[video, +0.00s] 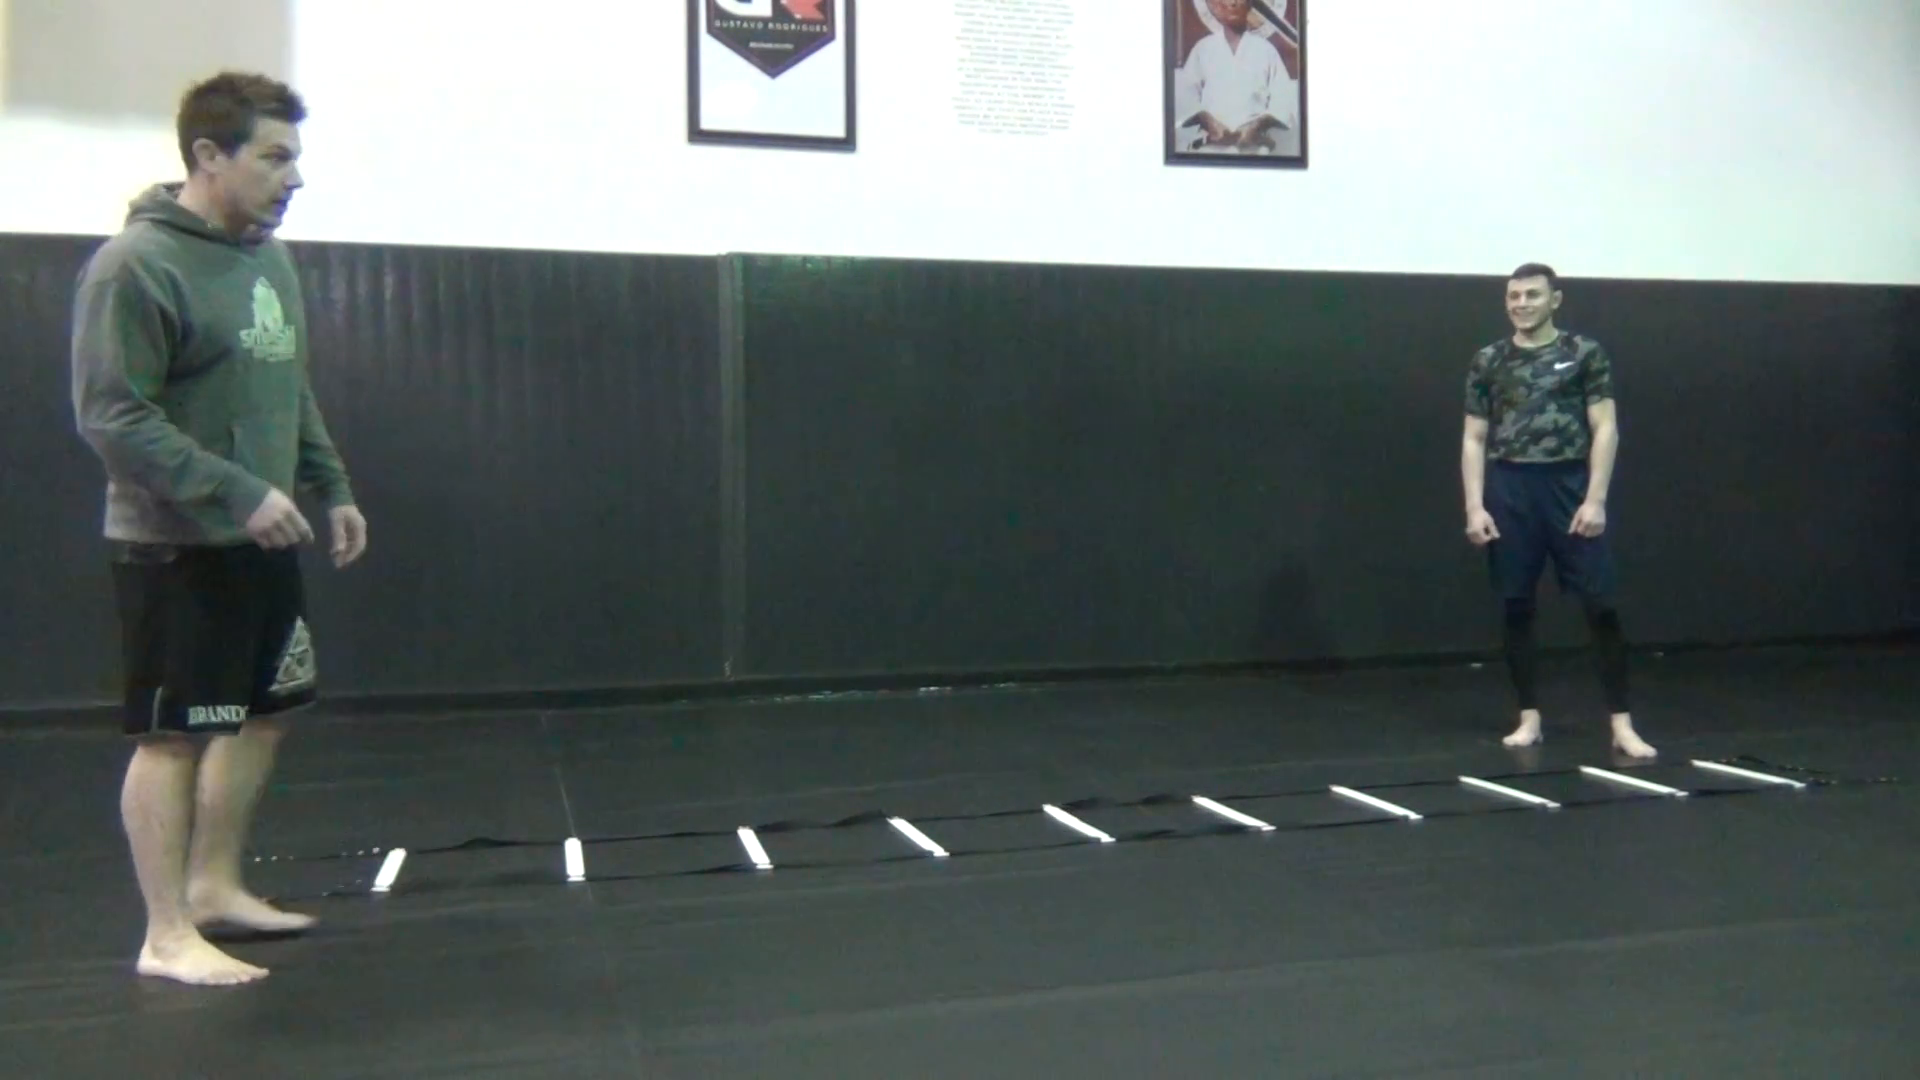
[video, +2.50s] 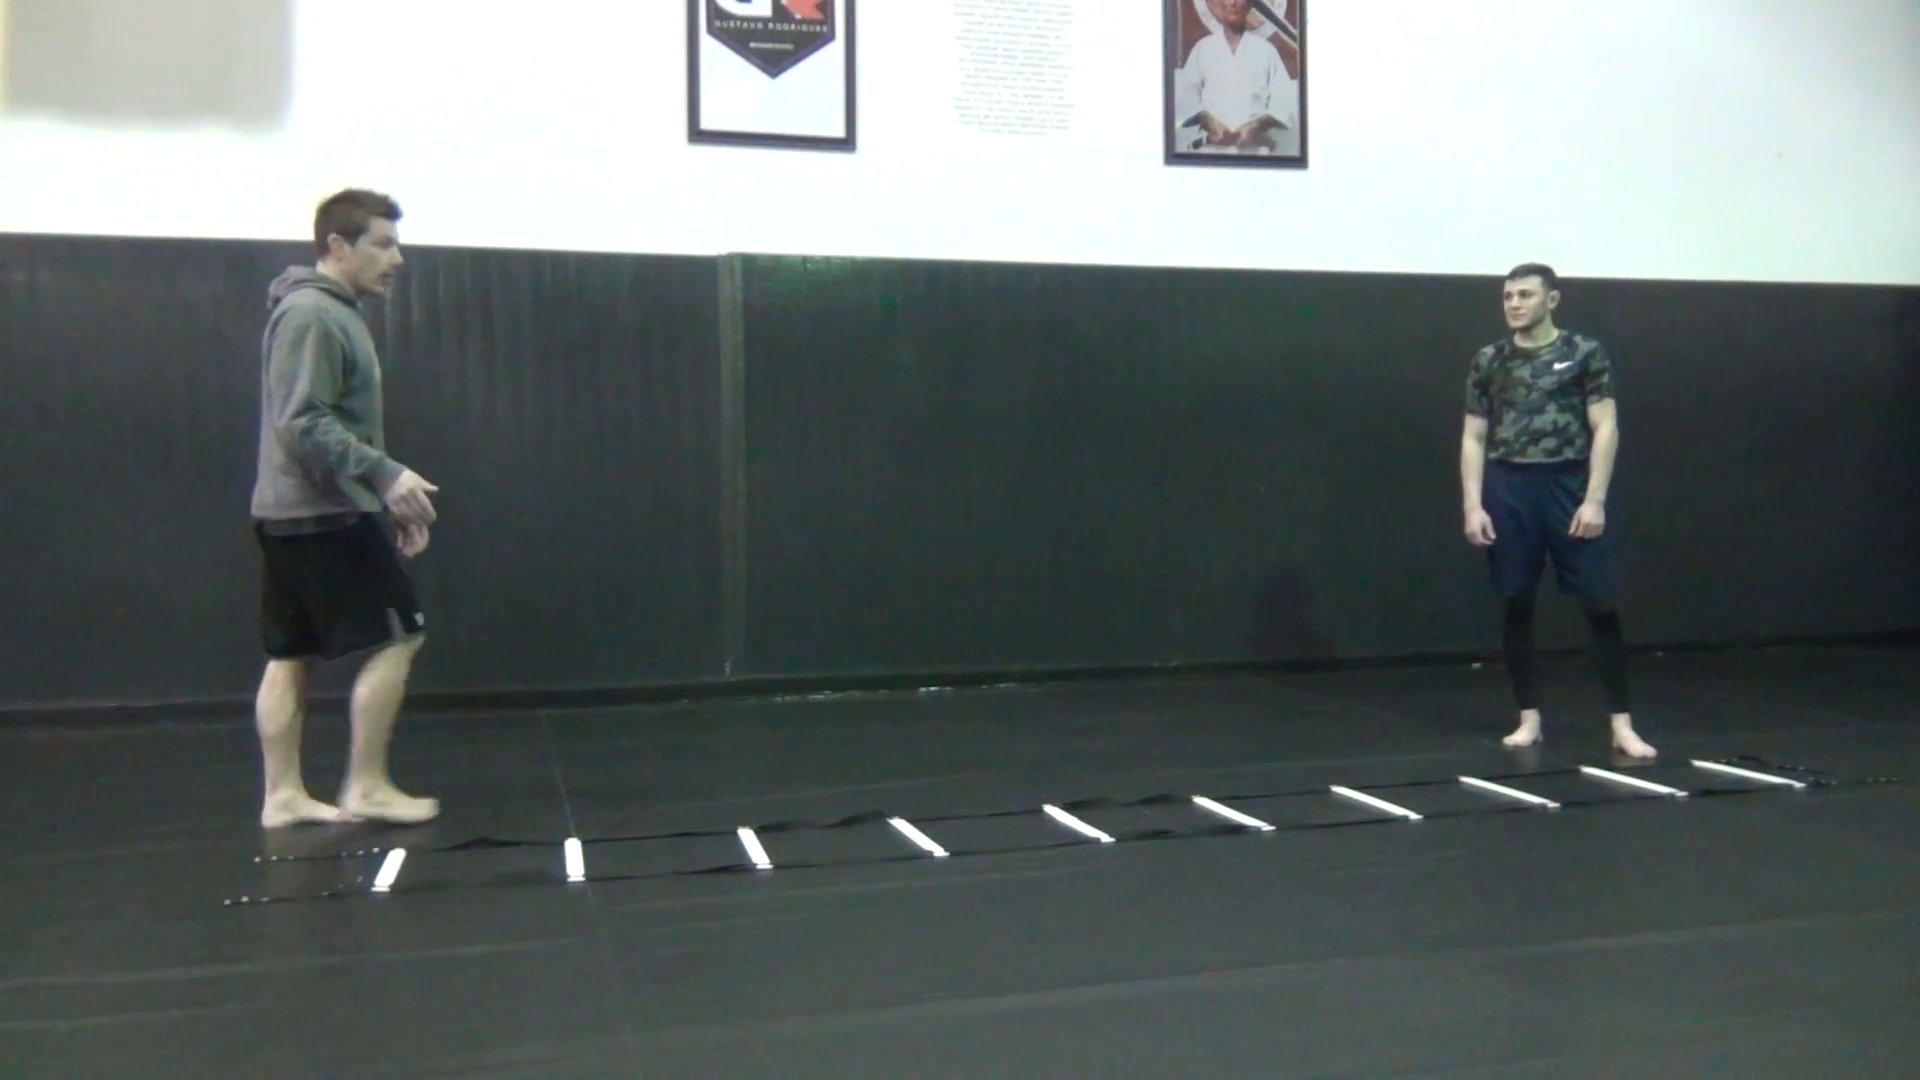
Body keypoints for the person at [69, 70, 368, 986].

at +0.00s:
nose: (292, 178)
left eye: (295, 160)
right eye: (276, 158)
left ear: (236, 161)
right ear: (208, 155)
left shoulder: (272, 260)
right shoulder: (131, 266)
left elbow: (291, 390)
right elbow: (111, 418)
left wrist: (333, 489)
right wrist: (241, 494)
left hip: (258, 537)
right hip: (169, 544)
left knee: (262, 707)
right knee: (171, 732)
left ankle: (216, 889)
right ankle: (166, 936)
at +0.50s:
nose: (251, 224)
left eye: (254, 206)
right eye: (241, 203)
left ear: (178, 196)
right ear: (182, 191)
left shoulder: (129, 269)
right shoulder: (132, 274)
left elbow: (148, 423)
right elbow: (161, 407)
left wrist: (181, 523)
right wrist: (302, 428)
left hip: (87, 533)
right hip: (118, 537)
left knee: (65, 717)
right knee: (172, 722)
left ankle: (19, 883)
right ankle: (172, 934)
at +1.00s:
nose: (210, 262)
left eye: (214, 245)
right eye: (207, 241)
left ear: (147, 216)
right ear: (169, 219)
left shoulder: (25, 280)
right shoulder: (147, 279)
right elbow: (197, 401)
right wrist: (311, 461)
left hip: (10, 519)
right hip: (99, 520)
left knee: (13, 704)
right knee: (176, 683)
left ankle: (12, 883)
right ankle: (108, 859)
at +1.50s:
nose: (287, 260)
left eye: (291, 244)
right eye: (279, 241)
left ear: (222, 231)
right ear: (227, 228)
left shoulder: (111, 288)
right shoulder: (210, 308)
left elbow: (106, 404)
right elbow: (238, 439)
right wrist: (335, 500)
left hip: (106, 521)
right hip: (180, 528)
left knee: (132, 681)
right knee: (192, 691)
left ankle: (77, 799)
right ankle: (168, 864)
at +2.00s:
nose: (332, 262)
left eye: (333, 247)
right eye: (320, 247)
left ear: (277, 250)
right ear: (267, 246)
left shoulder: (266, 315)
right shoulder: (230, 320)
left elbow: (265, 432)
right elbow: (227, 438)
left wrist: (293, 519)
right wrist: (322, 488)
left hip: (255, 529)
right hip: (222, 530)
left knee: (267, 672)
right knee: (227, 679)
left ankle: (283, 802)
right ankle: (166, 847)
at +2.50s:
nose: (396, 260)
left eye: (396, 247)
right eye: (384, 246)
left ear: (342, 249)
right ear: (337, 245)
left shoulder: (331, 312)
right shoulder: (312, 315)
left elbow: (339, 428)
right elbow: (303, 421)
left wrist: (389, 504)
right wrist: (385, 474)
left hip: (294, 513)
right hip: (324, 512)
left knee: (289, 655)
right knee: (398, 634)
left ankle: (282, 795)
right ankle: (367, 785)